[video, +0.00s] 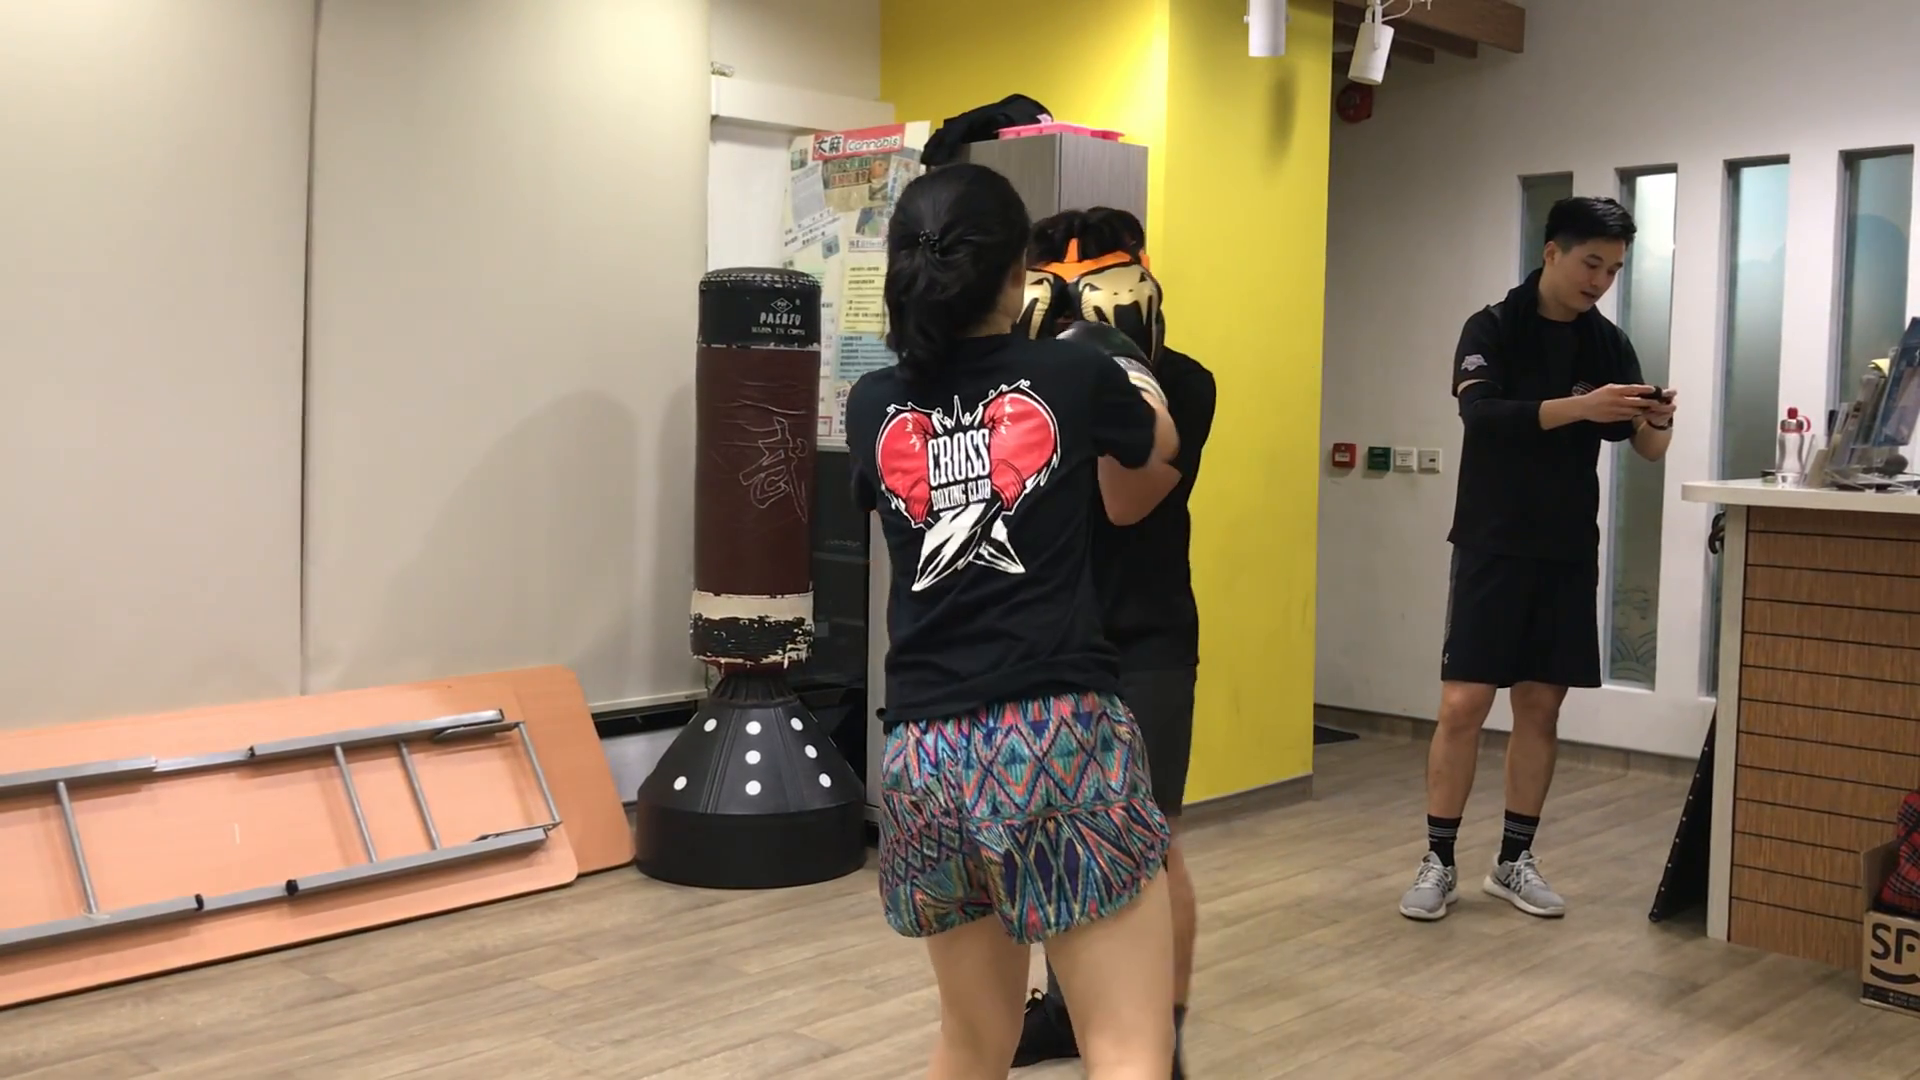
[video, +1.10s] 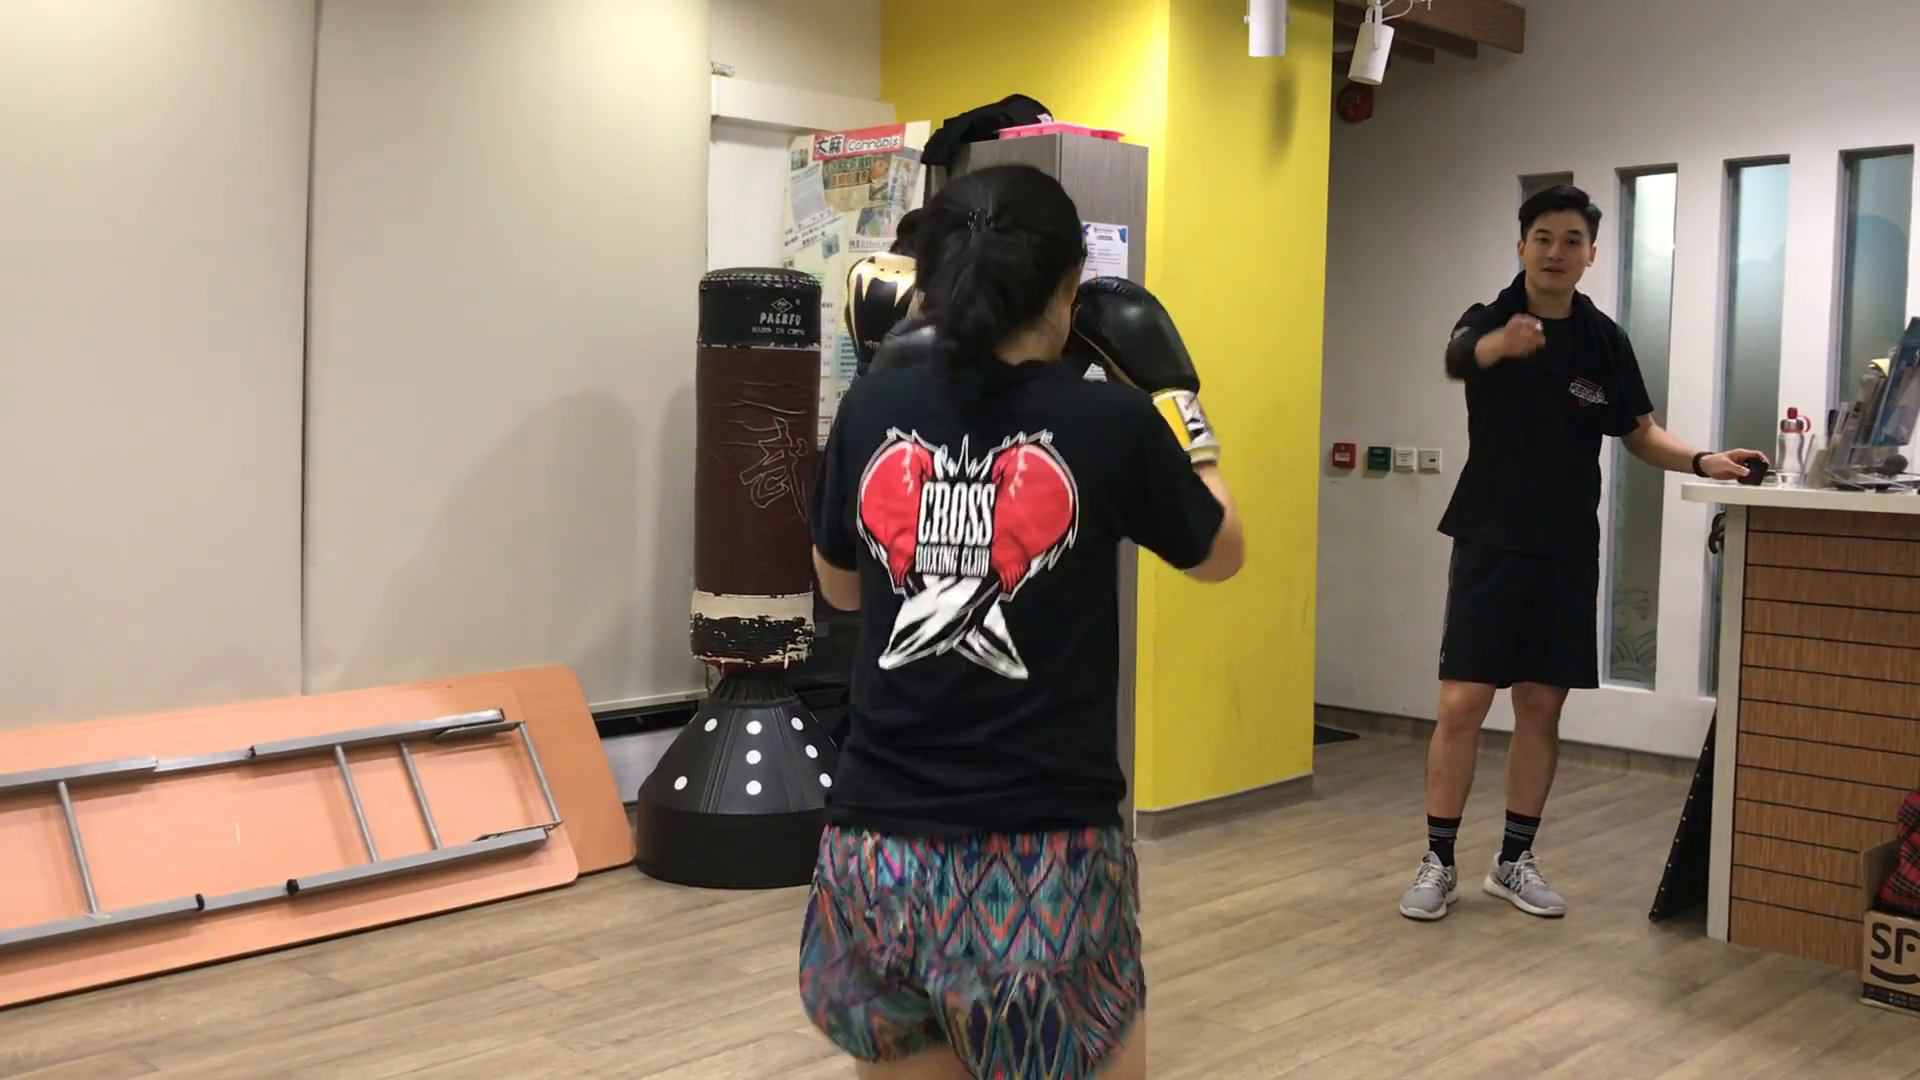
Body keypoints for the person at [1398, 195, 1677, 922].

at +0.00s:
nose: (1601, 281)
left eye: (1612, 270)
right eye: (1591, 264)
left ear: (1616, 270)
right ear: (1551, 251)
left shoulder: (1608, 345)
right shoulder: (1490, 328)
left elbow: (1650, 449)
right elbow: (1482, 415)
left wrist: (1656, 421)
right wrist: (1585, 407)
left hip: (1565, 551)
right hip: (1489, 545)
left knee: (1539, 708)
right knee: (1462, 705)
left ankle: (1516, 861)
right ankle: (1438, 862)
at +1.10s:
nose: (1556, 252)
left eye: (1571, 240)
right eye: (1543, 238)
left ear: (1592, 252)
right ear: (1521, 246)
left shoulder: (1603, 339)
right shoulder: (1484, 322)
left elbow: (1642, 433)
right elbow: (1462, 356)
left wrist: (1704, 459)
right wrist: (1498, 345)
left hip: (1566, 546)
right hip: (1489, 539)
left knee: (1541, 708)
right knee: (1460, 706)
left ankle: (1514, 861)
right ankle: (1437, 863)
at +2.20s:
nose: (1571, 254)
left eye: (1587, 243)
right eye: (1558, 240)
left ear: (1605, 253)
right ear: (1536, 245)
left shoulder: (1617, 340)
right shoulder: (1502, 325)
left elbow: (1641, 437)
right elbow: (1449, 412)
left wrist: (1684, 457)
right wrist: (1526, 381)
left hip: (1573, 545)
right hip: (1496, 539)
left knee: (1543, 706)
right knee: (1468, 700)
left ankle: (1515, 861)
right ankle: (1435, 861)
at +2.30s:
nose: (1577, 256)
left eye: (1593, 244)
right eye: (1565, 241)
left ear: (1613, 254)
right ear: (1543, 247)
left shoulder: (1626, 343)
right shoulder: (1502, 335)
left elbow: (1646, 439)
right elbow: (1451, 431)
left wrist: (1665, 453)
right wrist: (1505, 457)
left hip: (1577, 548)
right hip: (1499, 542)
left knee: (1545, 705)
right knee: (1468, 699)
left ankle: (1515, 861)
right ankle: (1434, 859)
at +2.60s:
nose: (1571, 259)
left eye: (1588, 248)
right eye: (1560, 245)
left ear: (1612, 258)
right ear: (1544, 251)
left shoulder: (1641, 346)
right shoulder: (1509, 337)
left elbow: (1675, 437)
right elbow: (1466, 424)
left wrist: (1651, 459)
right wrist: (1468, 491)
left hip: (1588, 550)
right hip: (1508, 540)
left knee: (1554, 706)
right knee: (1482, 700)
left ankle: (1519, 857)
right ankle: (1528, 798)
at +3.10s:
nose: (1575, 268)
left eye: (1591, 256)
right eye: (1566, 254)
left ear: (1620, 262)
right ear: (1554, 257)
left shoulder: (1652, 343)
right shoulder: (1532, 339)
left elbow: (1695, 438)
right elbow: (1489, 425)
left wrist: (1640, 468)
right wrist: (1488, 482)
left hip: (1615, 536)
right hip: (1545, 532)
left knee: (1600, 694)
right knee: (1553, 690)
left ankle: (1631, 847)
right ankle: (1577, 841)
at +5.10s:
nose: (1671, 269)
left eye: (1690, 258)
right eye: (1664, 255)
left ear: (1724, 264)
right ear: (1652, 255)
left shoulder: (1746, 350)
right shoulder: (1627, 329)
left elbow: (1746, 457)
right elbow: (1564, 389)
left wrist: (1649, 469)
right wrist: (1586, 468)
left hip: (1699, 546)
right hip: (1624, 538)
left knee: (1674, 706)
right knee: (1583, 695)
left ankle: (1652, 854)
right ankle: (1594, 844)